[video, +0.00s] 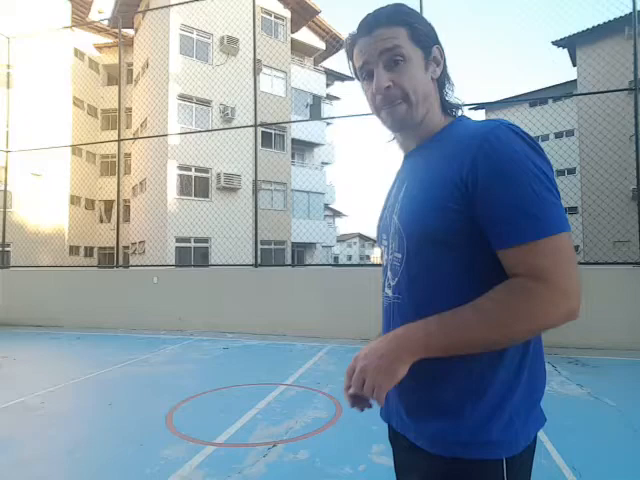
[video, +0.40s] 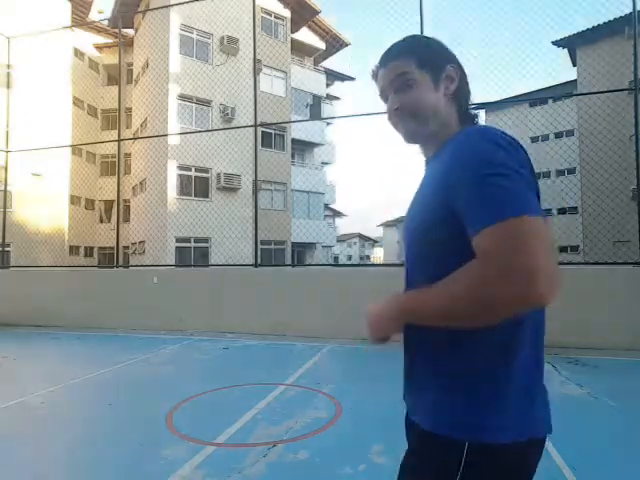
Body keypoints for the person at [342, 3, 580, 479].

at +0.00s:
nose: (381, 83)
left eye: (395, 61)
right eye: (367, 74)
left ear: (434, 63)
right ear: (361, 89)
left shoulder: (492, 146)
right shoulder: (409, 173)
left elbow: (555, 292)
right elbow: (426, 294)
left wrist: (405, 344)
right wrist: (384, 362)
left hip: (480, 439)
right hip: (414, 429)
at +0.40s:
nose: (391, 105)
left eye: (403, 85)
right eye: (385, 98)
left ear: (449, 80)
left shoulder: (480, 150)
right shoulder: (448, 163)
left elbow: (526, 274)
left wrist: (400, 308)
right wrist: (407, 314)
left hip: (478, 430)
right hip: (450, 422)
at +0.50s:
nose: (390, 88)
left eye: (400, 69)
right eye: (384, 79)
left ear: (446, 59)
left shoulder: (477, 121)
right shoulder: (453, 132)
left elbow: (521, 240)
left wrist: (404, 265)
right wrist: (411, 259)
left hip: (486, 400)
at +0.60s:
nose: (391, 88)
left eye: (401, 68)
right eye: (385, 78)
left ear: (447, 53)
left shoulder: (470, 108)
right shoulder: (503, 113)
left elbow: (511, 239)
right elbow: (561, 234)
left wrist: (404, 254)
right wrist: (440, 244)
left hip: (487, 402)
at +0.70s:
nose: (395, 113)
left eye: (402, 94)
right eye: (392, 102)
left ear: (452, 73)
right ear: (453, 73)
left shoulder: (479, 148)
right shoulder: (521, 151)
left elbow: (477, 295)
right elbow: (573, 273)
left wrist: (387, 299)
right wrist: (434, 302)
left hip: (494, 442)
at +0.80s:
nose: (403, 124)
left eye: (407, 106)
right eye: (401, 110)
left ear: (449, 86)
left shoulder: (477, 156)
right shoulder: (539, 163)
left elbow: (482, 298)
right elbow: (591, 272)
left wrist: (388, 308)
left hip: (494, 438)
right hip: (554, 429)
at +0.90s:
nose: (407, 108)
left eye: (407, 91)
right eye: (403, 95)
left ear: (437, 70)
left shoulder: (472, 125)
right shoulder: (534, 134)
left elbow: (510, 246)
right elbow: (589, 239)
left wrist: (416, 264)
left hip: (502, 401)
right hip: (558, 394)